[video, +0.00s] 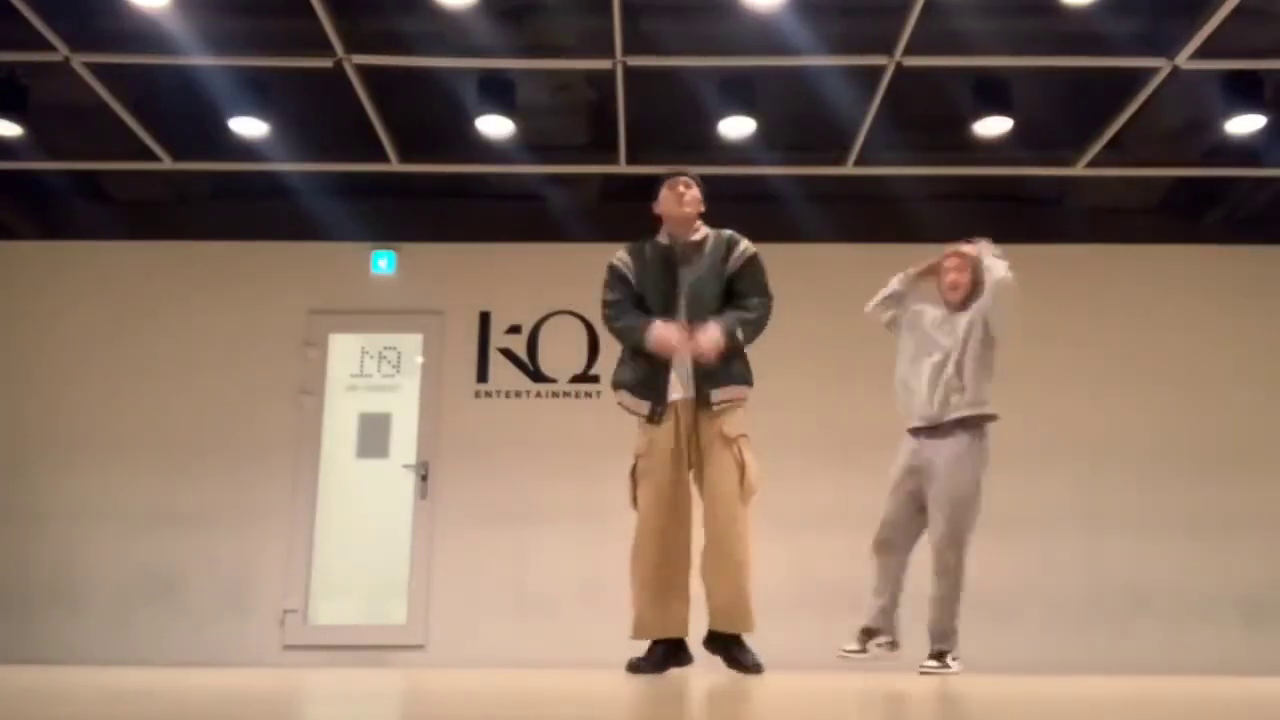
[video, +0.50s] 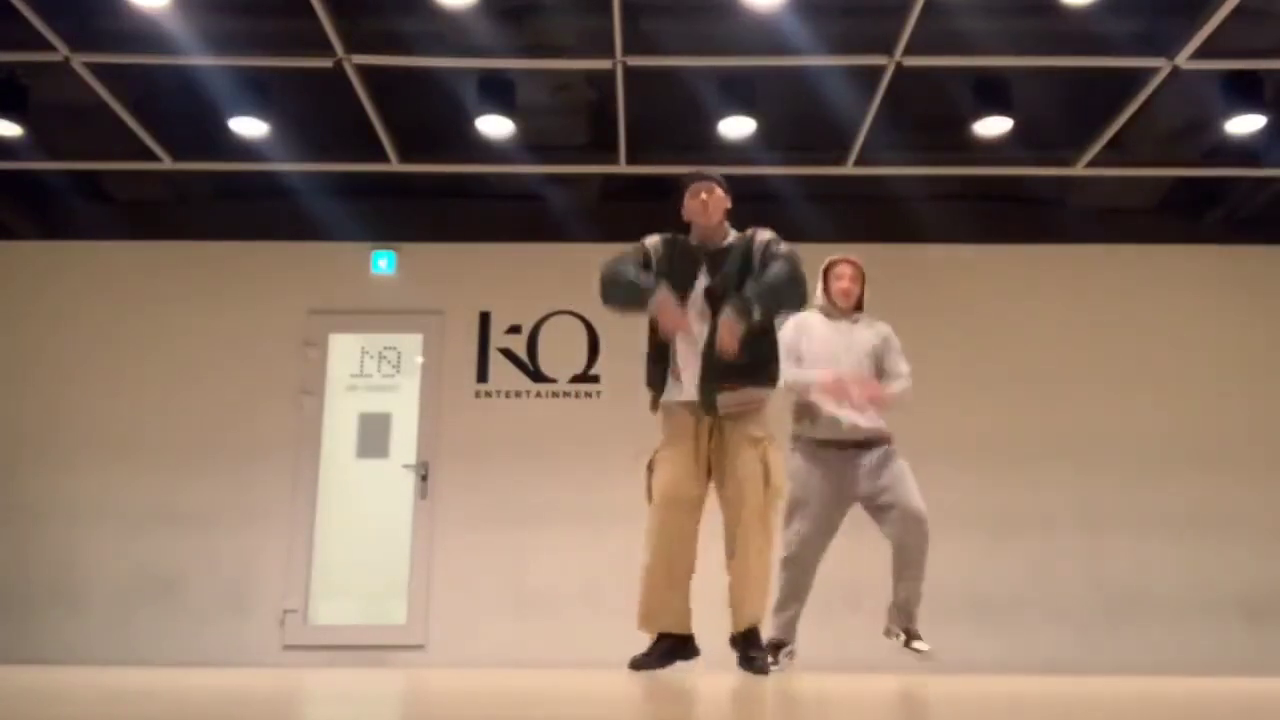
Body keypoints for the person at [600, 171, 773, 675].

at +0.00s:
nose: (685, 191)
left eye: (691, 186)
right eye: (675, 188)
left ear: (703, 203)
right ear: (657, 208)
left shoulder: (733, 249)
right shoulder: (632, 259)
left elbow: (756, 307)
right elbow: (617, 314)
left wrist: (720, 332)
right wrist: (653, 333)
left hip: (721, 404)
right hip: (658, 408)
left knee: (729, 518)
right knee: (660, 520)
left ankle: (727, 631)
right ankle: (667, 639)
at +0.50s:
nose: (700, 200)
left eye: (708, 193)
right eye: (692, 195)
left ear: (726, 203)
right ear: (683, 209)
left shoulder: (757, 245)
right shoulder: (663, 249)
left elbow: (790, 280)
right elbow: (612, 278)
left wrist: (742, 312)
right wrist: (655, 297)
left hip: (746, 407)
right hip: (681, 409)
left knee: (751, 517)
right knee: (670, 513)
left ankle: (748, 631)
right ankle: (672, 633)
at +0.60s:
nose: (713, 211)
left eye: (721, 204)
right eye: (703, 204)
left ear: (736, 217)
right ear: (686, 217)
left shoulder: (755, 264)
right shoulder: (668, 266)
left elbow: (792, 238)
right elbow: (617, 231)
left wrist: (747, 219)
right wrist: (653, 210)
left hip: (750, 403)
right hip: (689, 407)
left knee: (765, 503)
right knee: (680, 503)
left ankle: (757, 624)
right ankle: (702, 626)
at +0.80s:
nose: (724, 244)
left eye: (732, 236)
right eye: (714, 238)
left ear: (748, 247)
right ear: (702, 251)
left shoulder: (761, 291)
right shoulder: (689, 293)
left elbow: (784, 316)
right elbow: (653, 308)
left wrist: (769, 257)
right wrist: (663, 253)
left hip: (758, 439)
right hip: (698, 445)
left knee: (775, 536)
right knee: (682, 534)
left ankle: (770, 649)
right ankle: (720, 647)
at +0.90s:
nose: (727, 242)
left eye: (733, 233)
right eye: (717, 238)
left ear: (748, 242)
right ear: (706, 252)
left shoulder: (781, 288)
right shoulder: (688, 293)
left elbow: (792, 342)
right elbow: (668, 348)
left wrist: (766, 369)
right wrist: (691, 366)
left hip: (764, 430)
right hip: (701, 433)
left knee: (765, 533)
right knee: (679, 529)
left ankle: (768, 649)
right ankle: (718, 645)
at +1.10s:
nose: (718, 223)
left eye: (724, 217)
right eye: (708, 221)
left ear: (741, 229)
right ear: (698, 239)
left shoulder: (767, 273)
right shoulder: (683, 279)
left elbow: (813, 287)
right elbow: (646, 305)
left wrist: (812, 238)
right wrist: (619, 257)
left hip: (751, 414)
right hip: (691, 415)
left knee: (756, 522)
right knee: (655, 504)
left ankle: (761, 646)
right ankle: (662, 639)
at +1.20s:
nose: (706, 233)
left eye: (714, 222)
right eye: (700, 224)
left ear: (731, 229)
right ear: (691, 234)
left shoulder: (750, 269)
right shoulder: (683, 275)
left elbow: (755, 229)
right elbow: (659, 244)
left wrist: (704, 195)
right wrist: (673, 199)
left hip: (741, 405)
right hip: (682, 407)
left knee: (754, 521)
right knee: (655, 519)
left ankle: (763, 643)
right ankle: (630, 640)